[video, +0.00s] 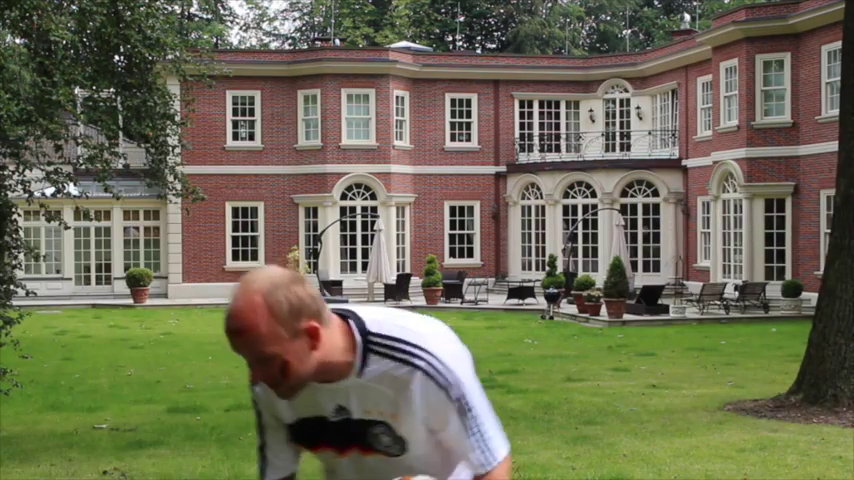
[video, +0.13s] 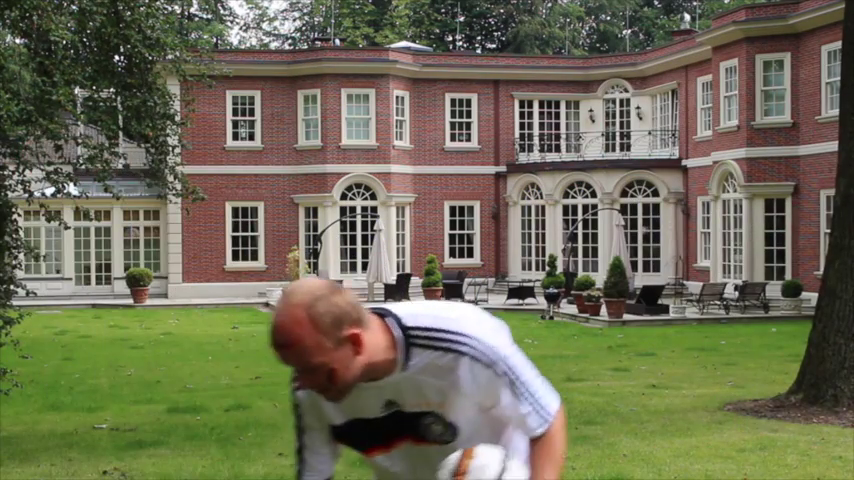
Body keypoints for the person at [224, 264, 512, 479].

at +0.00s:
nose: (256, 379)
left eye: (268, 361)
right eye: (248, 362)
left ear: (311, 335)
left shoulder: (427, 356)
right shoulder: (268, 377)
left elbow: (496, 467)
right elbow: (276, 473)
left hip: (442, 470)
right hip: (351, 470)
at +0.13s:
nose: (302, 385)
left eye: (313, 370)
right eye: (296, 371)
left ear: (355, 343)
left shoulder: (468, 341)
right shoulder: (310, 386)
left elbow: (549, 417)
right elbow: (313, 473)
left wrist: (539, 477)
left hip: (494, 462)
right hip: (404, 470)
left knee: (472, 462)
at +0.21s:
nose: (352, 376)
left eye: (363, 362)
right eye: (343, 363)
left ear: (398, 333)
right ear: (334, 353)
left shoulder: (508, 330)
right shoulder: (345, 383)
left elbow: (579, 400)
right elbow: (351, 472)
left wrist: (576, 472)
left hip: (521, 465)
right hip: (428, 469)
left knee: (523, 444)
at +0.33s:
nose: (439, 350)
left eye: (451, 335)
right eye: (427, 337)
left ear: (482, 301)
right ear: (412, 319)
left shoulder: (556, 298)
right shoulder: (401, 345)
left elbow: (608, 367)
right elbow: (423, 464)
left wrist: (624, 425)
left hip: (557, 467)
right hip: (469, 470)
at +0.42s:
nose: (498, 326)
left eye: (509, 312)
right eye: (484, 314)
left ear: (533, 277)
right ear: (464, 295)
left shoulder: (576, 280)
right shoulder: (435, 320)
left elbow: (614, 368)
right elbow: (463, 440)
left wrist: (647, 393)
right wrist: (569, 475)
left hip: (567, 459)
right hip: (476, 467)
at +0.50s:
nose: (546, 302)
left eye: (556, 288)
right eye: (532, 291)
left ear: (571, 259)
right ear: (500, 263)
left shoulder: (590, 268)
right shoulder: (462, 301)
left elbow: (626, 330)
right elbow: (497, 418)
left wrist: (663, 359)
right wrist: (614, 448)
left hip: (568, 463)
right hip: (480, 466)